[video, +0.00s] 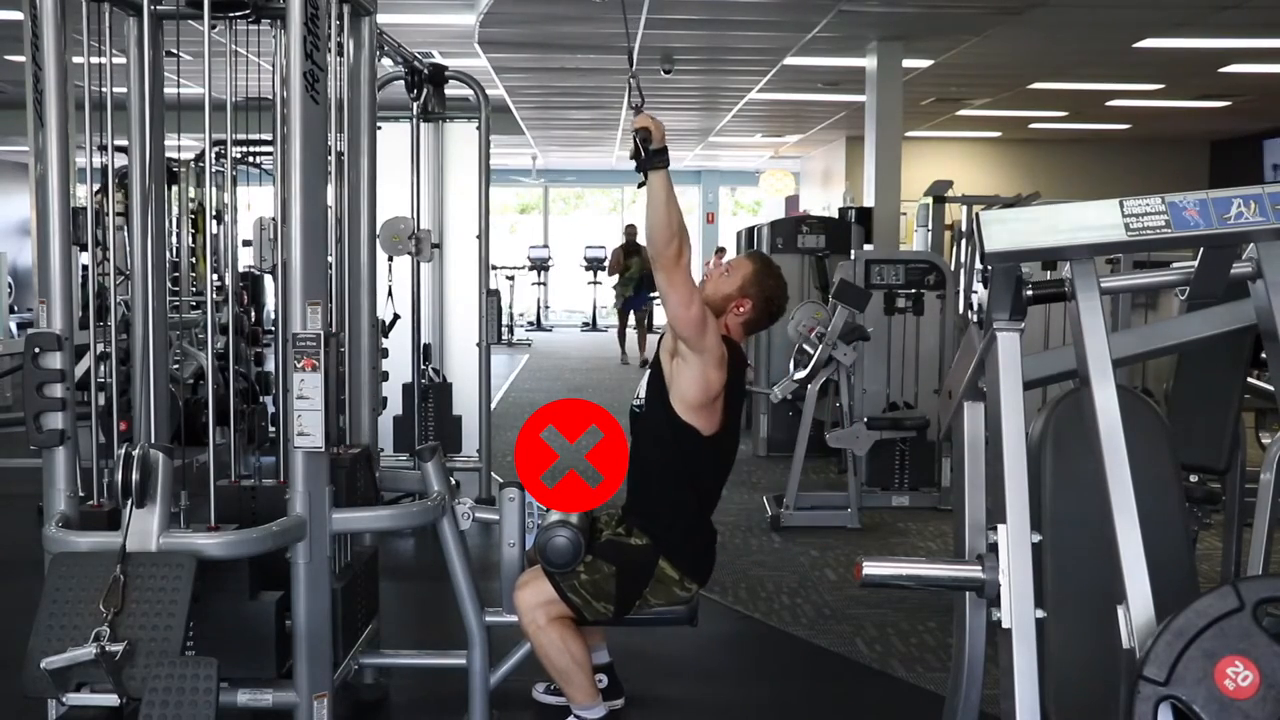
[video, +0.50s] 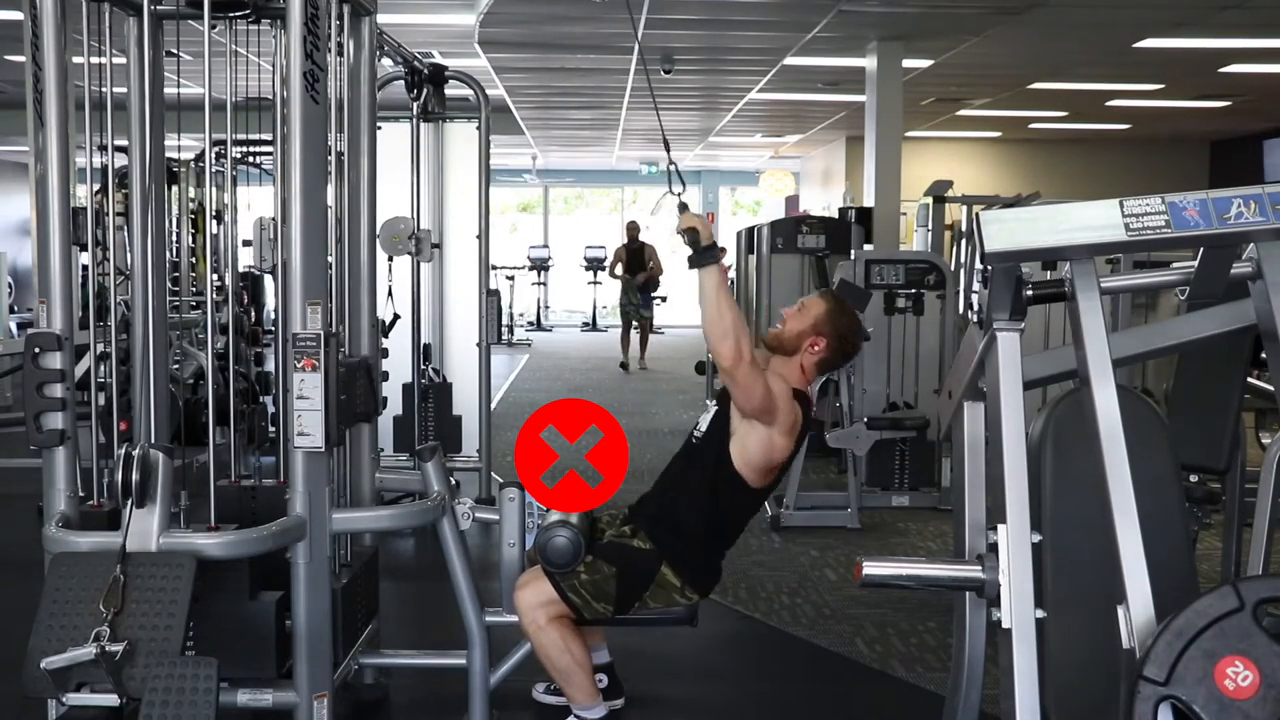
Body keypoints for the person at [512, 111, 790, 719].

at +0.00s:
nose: (713, 262)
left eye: (726, 266)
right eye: (724, 257)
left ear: (737, 308)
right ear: (737, 311)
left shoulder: (702, 347)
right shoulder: (702, 341)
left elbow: (669, 256)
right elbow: (670, 255)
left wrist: (655, 157)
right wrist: (652, 165)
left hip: (664, 550)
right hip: (659, 533)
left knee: (532, 597)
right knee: (552, 551)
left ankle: (588, 709)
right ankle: (591, 670)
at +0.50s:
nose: (785, 310)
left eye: (798, 309)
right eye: (795, 304)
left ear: (814, 344)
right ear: (813, 348)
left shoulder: (776, 407)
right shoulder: (773, 386)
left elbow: (731, 355)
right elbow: (739, 347)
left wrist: (704, 250)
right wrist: (711, 258)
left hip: (670, 561)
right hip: (651, 529)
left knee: (533, 597)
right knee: (553, 548)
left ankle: (589, 709)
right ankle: (595, 673)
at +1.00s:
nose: (836, 363)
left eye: (851, 364)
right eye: (847, 356)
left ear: (867, 401)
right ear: (861, 402)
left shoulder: (833, 454)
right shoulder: (812, 426)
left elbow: (811, 525)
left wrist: (786, 431)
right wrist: (773, 396)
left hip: (680, 561)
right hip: (660, 524)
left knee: (537, 596)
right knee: (551, 553)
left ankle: (590, 710)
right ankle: (594, 671)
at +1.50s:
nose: (838, 366)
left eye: (854, 367)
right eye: (849, 359)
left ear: (870, 403)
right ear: (863, 403)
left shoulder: (836, 456)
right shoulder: (814, 428)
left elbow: (806, 516)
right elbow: (765, 448)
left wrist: (790, 427)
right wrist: (767, 398)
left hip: (681, 562)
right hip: (662, 524)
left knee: (538, 595)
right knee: (551, 551)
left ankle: (590, 710)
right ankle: (593, 670)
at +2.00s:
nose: (789, 316)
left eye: (804, 316)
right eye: (800, 310)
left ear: (821, 351)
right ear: (820, 354)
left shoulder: (781, 402)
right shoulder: (777, 389)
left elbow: (737, 346)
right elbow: (738, 339)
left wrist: (706, 246)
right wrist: (709, 249)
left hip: (671, 561)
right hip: (655, 530)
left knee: (533, 597)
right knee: (553, 544)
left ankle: (589, 710)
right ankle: (594, 671)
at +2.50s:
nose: (723, 267)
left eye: (738, 271)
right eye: (737, 263)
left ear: (751, 308)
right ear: (751, 311)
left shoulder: (713, 348)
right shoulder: (718, 344)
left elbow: (676, 252)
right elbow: (679, 255)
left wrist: (656, 153)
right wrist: (655, 159)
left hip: (665, 551)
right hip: (662, 534)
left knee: (533, 596)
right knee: (553, 544)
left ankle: (589, 709)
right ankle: (592, 667)